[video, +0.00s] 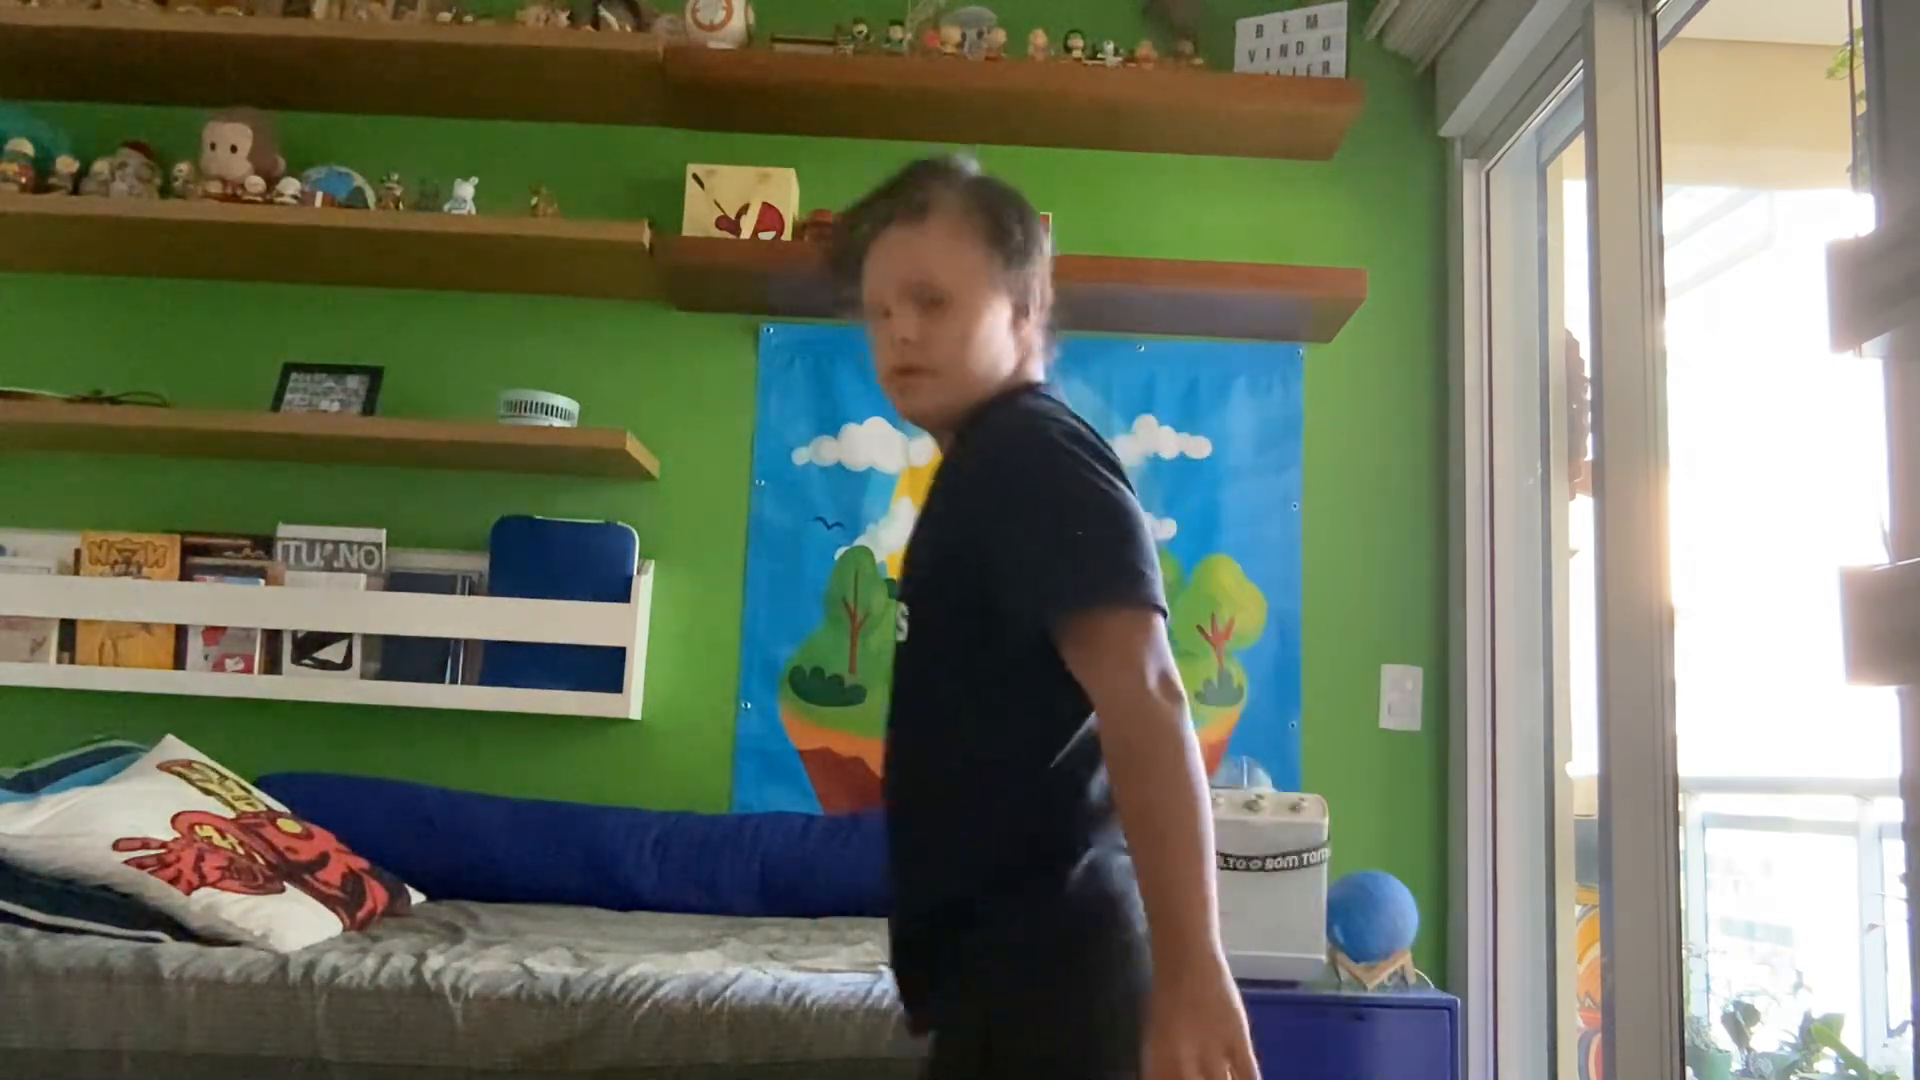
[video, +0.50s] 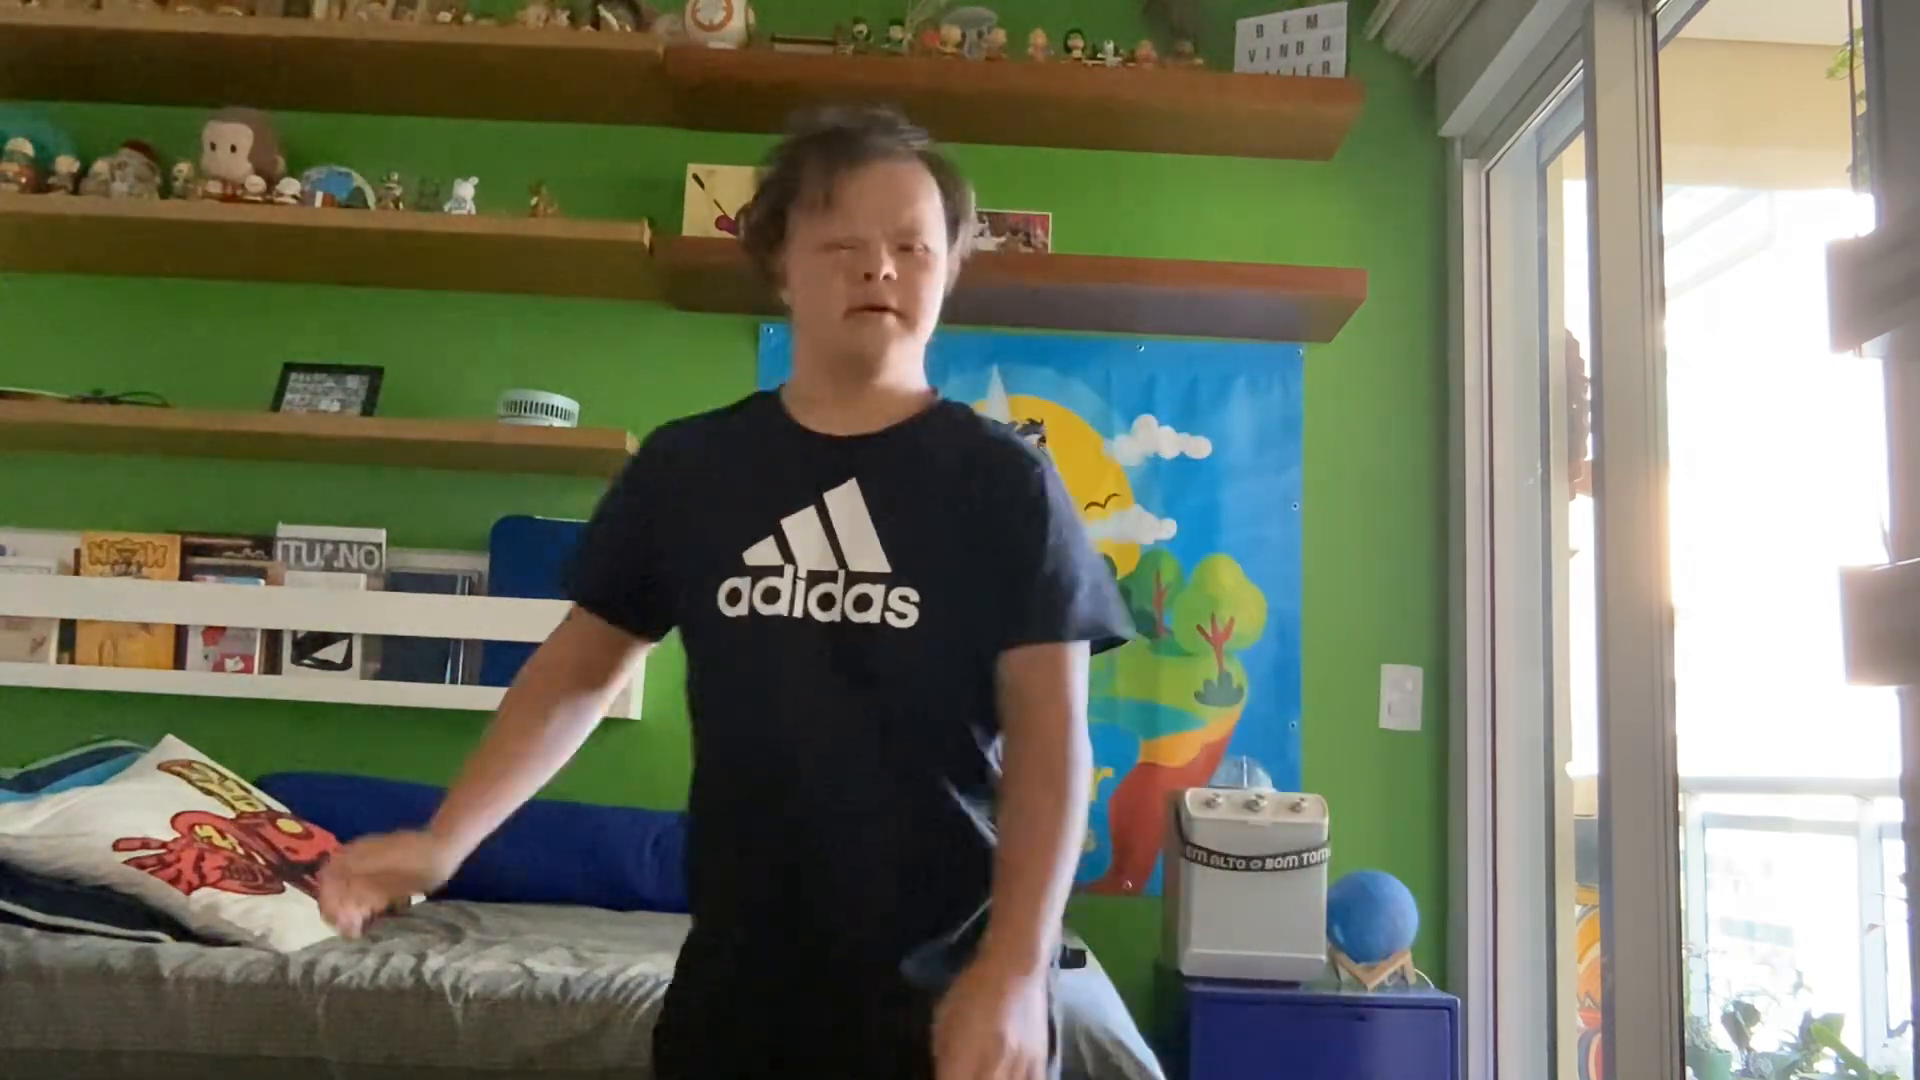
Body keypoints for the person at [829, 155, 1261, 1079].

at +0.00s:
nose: (897, 334)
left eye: (931, 301)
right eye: (879, 311)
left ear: (1028, 318)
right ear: (862, 327)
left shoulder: (1029, 448)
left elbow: (1147, 704)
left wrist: (1192, 969)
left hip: (1049, 968)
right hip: (998, 963)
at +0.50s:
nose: (878, 269)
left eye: (909, 243)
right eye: (842, 242)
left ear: (949, 271)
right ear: (780, 261)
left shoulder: (1003, 478)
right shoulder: (687, 468)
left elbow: (1048, 737)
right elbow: (576, 674)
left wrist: (1013, 969)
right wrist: (443, 842)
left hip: (953, 971)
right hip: (751, 965)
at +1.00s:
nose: (933, 325)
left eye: (959, 303)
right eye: (896, 296)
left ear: (985, 329)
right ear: (833, 302)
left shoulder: (1004, 524)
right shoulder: (741, 462)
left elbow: (1032, 736)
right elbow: (659, 664)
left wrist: (1066, 927)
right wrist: (822, 797)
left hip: (973, 986)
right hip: (778, 982)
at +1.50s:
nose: (1107, 366)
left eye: (1134, 341)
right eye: (1071, 343)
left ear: (1173, 360)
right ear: (1024, 364)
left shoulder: (1206, 517)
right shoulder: (943, 509)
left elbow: (1241, 576)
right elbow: (861, 680)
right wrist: (974, 714)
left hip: (1113, 969)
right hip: (923, 957)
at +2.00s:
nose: (1008, 378)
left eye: (1037, 354)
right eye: (975, 355)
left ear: (1075, 370)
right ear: (928, 370)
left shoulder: (1081, 483)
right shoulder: (868, 520)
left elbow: (1088, 521)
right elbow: (734, 632)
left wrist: (1059, 568)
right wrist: (875, 596)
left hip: (1015, 969)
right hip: (823, 956)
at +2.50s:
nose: (970, 377)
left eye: (992, 358)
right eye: (939, 347)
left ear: (1012, 381)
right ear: (866, 349)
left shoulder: (1022, 542)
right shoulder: (792, 464)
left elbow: (1058, 717)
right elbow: (693, 554)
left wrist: (1040, 780)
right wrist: (890, 533)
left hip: (989, 993)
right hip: (801, 981)